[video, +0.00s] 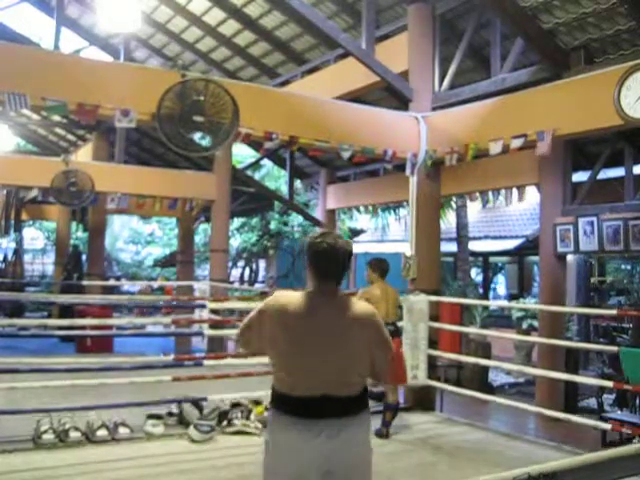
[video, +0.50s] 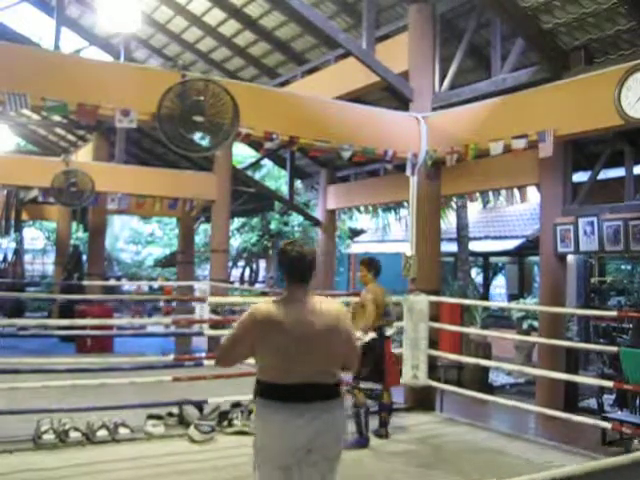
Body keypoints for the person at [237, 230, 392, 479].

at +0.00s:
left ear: (308, 265)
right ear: (346, 269)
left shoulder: (278, 306)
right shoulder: (365, 314)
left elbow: (245, 341)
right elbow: (385, 372)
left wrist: (287, 339)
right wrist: (349, 355)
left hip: (290, 429)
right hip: (350, 430)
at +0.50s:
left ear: (281, 272)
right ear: (313, 271)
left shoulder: (261, 315)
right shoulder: (335, 313)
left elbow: (224, 358)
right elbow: (351, 362)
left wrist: (261, 341)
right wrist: (321, 349)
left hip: (275, 417)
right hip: (327, 415)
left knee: (273, 475)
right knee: (321, 475)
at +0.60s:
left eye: (268, 264)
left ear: (269, 269)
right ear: (300, 269)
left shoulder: (250, 311)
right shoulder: (324, 309)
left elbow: (216, 344)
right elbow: (341, 352)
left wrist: (255, 341)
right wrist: (308, 348)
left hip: (264, 414)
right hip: (313, 413)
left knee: (266, 474)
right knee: (314, 474)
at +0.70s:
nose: (256, 268)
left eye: (257, 264)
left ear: (259, 268)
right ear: (292, 268)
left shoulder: (242, 308)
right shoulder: (314, 306)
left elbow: (211, 340)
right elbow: (333, 347)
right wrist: (300, 336)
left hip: (257, 409)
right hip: (304, 409)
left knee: (264, 475)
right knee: (308, 473)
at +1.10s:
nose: (247, 272)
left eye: (248, 267)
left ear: (250, 272)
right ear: (279, 273)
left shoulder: (230, 303)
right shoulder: (295, 307)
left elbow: (198, 328)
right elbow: (309, 346)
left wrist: (230, 323)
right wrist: (279, 341)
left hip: (241, 393)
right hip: (283, 393)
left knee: (252, 468)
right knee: (272, 462)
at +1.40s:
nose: (240, 268)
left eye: (242, 264)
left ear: (245, 266)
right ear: (272, 269)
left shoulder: (227, 298)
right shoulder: (286, 303)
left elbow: (193, 329)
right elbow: (299, 347)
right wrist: (269, 343)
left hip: (236, 384)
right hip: (277, 382)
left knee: (217, 458)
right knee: (259, 452)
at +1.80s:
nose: (212, 267)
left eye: (214, 262)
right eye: (214, 262)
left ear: (220, 267)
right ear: (244, 269)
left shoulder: (205, 299)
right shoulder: (259, 299)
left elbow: (175, 329)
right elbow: (271, 335)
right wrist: (244, 330)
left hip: (214, 377)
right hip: (254, 374)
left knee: (206, 449)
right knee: (247, 449)